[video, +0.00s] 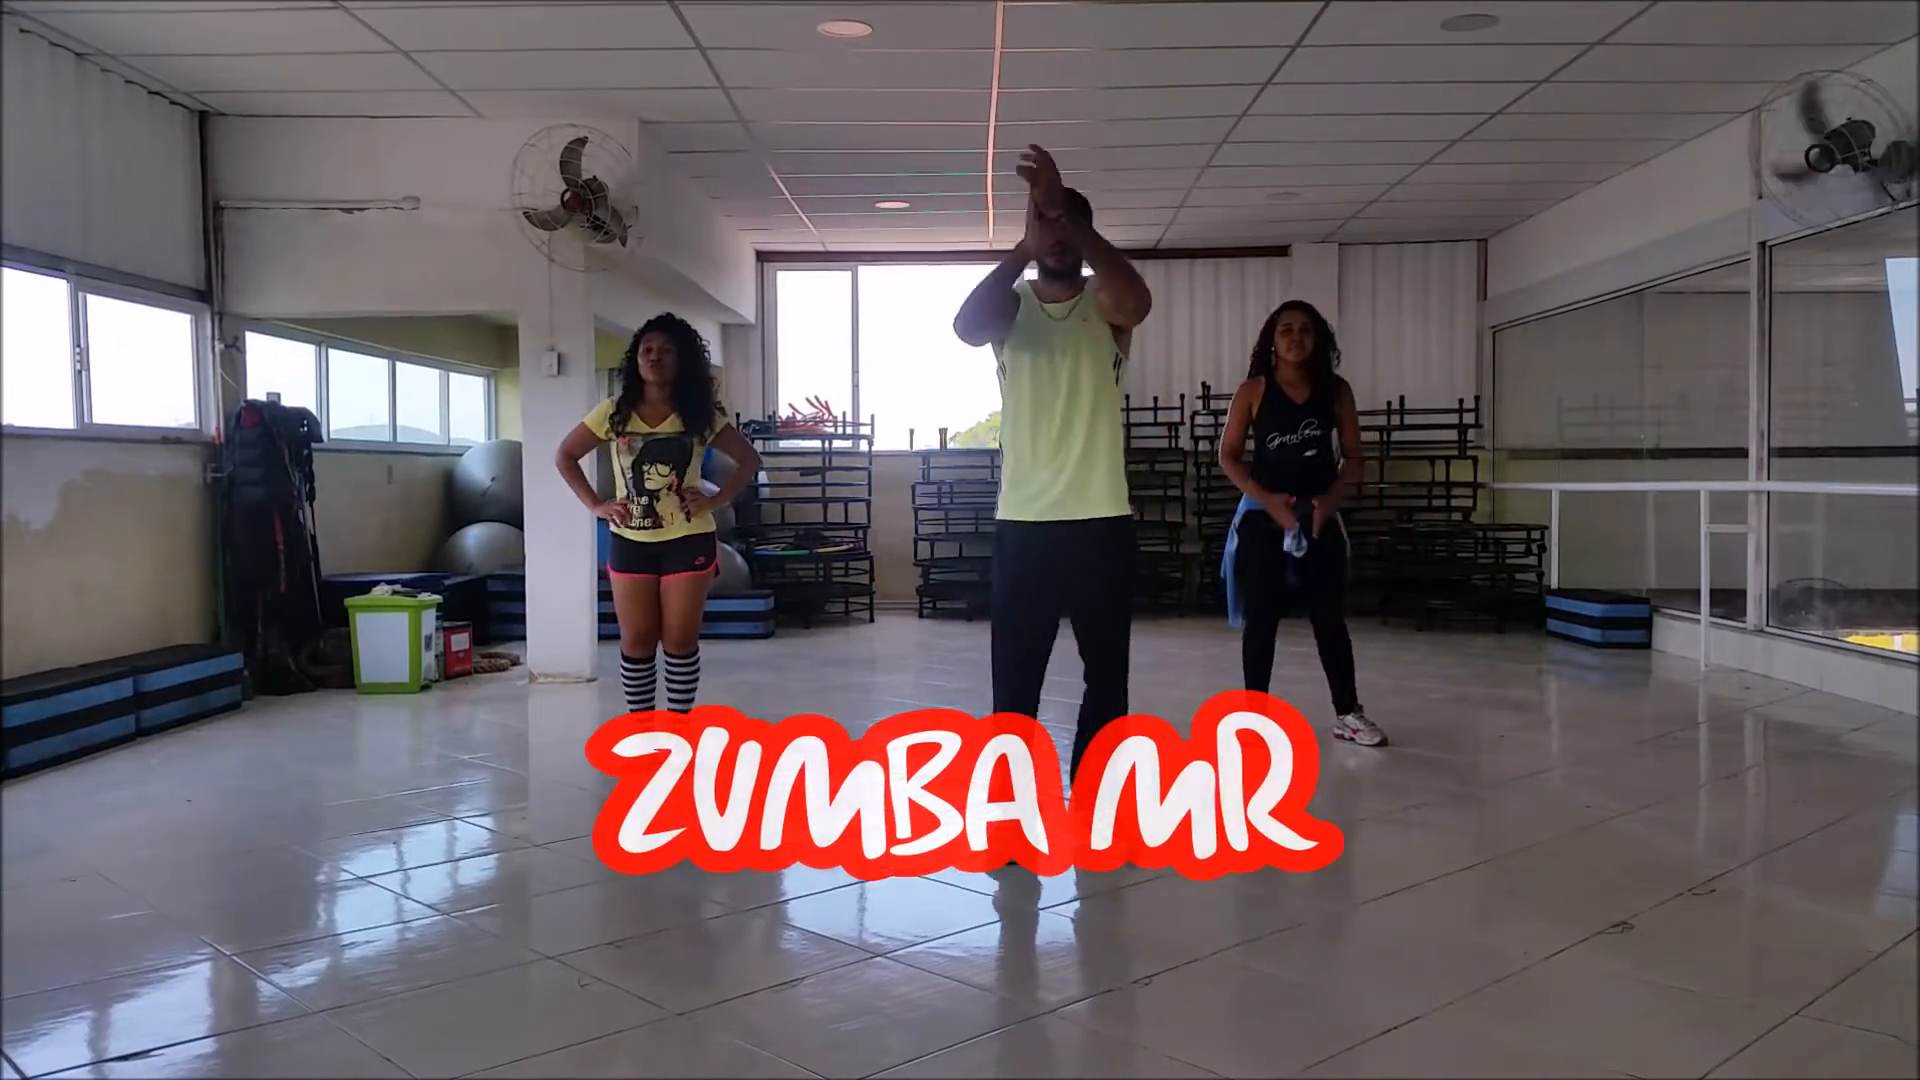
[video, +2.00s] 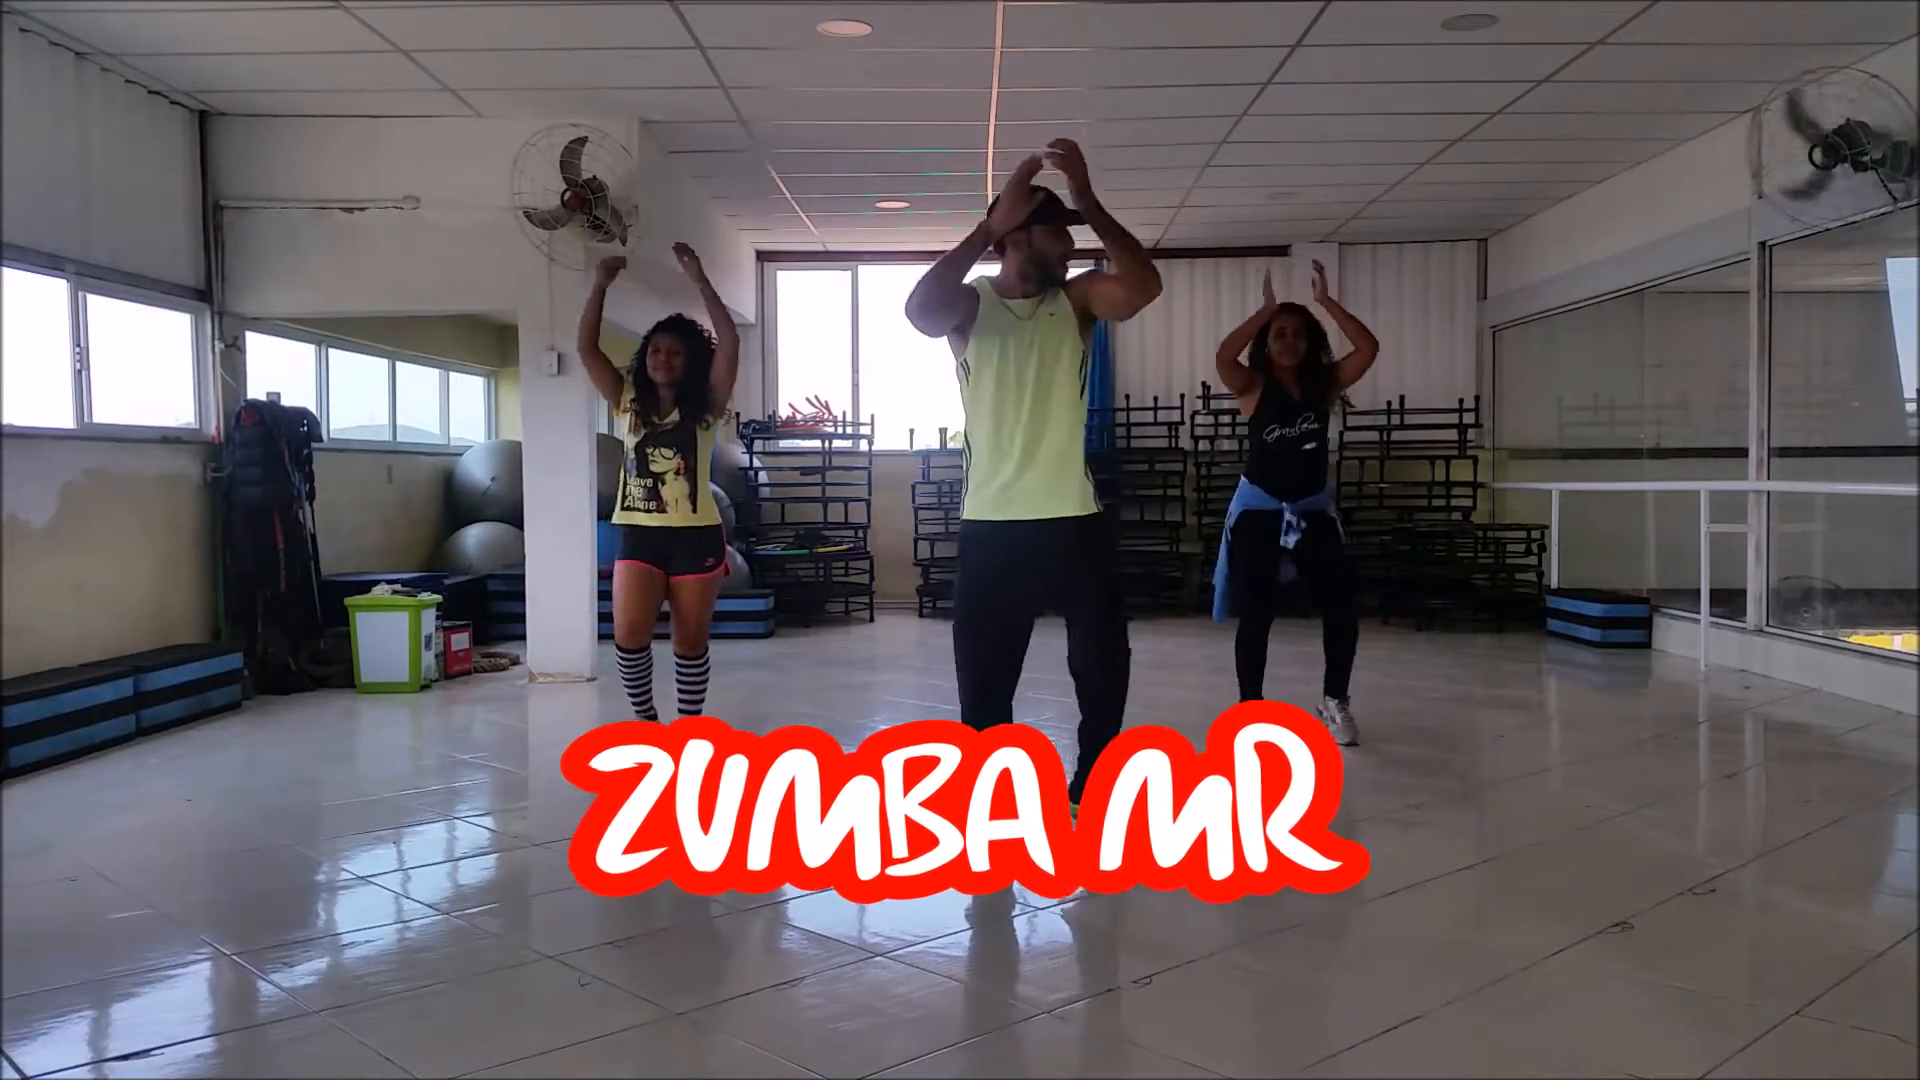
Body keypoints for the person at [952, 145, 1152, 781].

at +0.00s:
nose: (1059, 233)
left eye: (1069, 222)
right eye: (1047, 221)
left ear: (1086, 238)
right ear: (1030, 237)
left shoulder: (1105, 305)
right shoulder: (1011, 305)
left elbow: (1135, 301)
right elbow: (967, 327)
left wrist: (1077, 222)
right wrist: (1022, 248)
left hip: (1103, 523)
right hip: (1026, 524)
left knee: (1107, 685)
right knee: (1015, 688)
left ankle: (1093, 811)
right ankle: (1009, 814)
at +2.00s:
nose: (1067, 253)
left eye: (1068, 244)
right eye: (1056, 239)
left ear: (1062, 246)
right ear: (1016, 239)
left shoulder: (1075, 299)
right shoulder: (971, 304)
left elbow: (1143, 284)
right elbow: (920, 310)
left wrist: (1088, 202)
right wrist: (988, 229)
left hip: (1079, 526)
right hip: (994, 529)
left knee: (1104, 693)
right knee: (983, 701)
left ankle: (1093, 812)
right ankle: (981, 828)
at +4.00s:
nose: (1032, 219)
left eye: (1045, 212)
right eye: (1019, 211)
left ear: (1064, 231)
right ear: (1002, 228)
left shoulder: (1089, 296)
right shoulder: (977, 300)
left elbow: (1155, 339)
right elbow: (931, 348)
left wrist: (1129, 258)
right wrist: (961, 248)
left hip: (1087, 517)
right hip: (1002, 522)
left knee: (1129, 647)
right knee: (999, 682)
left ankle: (1108, 785)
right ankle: (1000, 817)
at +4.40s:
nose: (1066, 228)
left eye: (1079, 216)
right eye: (1053, 217)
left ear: (1098, 226)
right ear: (1035, 229)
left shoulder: (1129, 300)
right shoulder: (1004, 309)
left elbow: (1211, 350)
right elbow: (922, 378)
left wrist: (1179, 300)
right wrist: (937, 315)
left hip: (1109, 525)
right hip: (1021, 523)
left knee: (1127, 680)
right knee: (977, 663)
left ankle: (1118, 825)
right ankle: (973, 801)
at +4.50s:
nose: (1060, 233)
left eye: (1073, 221)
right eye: (1047, 221)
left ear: (1094, 227)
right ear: (1030, 229)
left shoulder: (1133, 306)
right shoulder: (1000, 312)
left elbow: (1231, 366)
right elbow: (923, 378)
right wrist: (913, 410)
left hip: (1108, 529)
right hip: (1018, 527)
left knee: (1124, 686)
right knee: (975, 669)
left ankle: (1119, 823)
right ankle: (951, 808)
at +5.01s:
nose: (1013, 242)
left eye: (1026, 230)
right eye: (1001, 229)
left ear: (1047, 239)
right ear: (985, 237)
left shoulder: (1085, 322)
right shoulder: (946, 329)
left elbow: (1136, 406)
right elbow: (907, 419)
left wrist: (1119, 465)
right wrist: (897, 498)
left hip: (1070, 540)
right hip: (976, 542)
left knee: (1125, 685)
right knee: (937, 695)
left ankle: (1133, 817)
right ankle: (915, 829)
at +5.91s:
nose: (1039, 309)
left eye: (1052, 297)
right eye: (1027, 296)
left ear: (1071, 306)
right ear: (1010, 302)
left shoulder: (1091, 389)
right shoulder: (961, 387)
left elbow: (1138, 485)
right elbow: (925, 478)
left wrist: (1180, 556)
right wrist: (919, 560)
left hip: (1091, 577)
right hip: (998, 586)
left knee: (1165, 711)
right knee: (946, 720)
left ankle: (1181, 831)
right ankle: (892, 836)